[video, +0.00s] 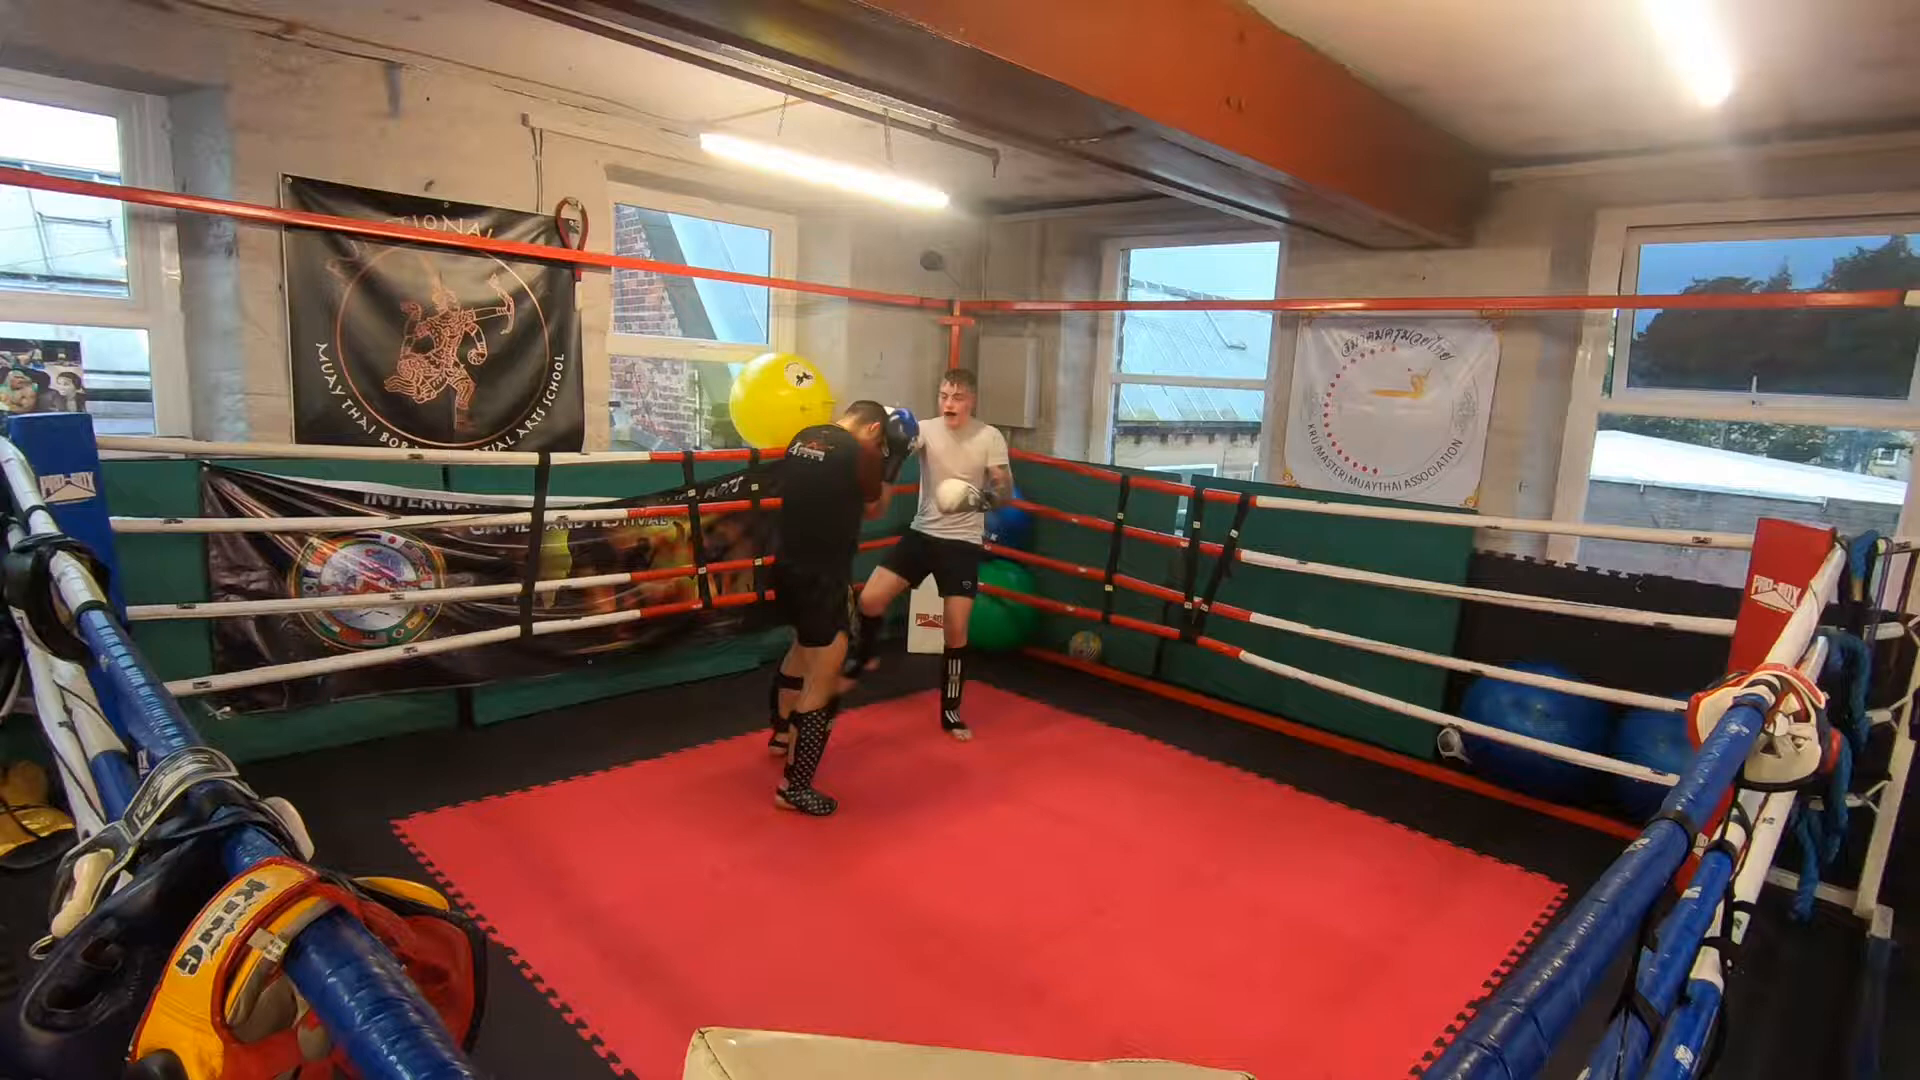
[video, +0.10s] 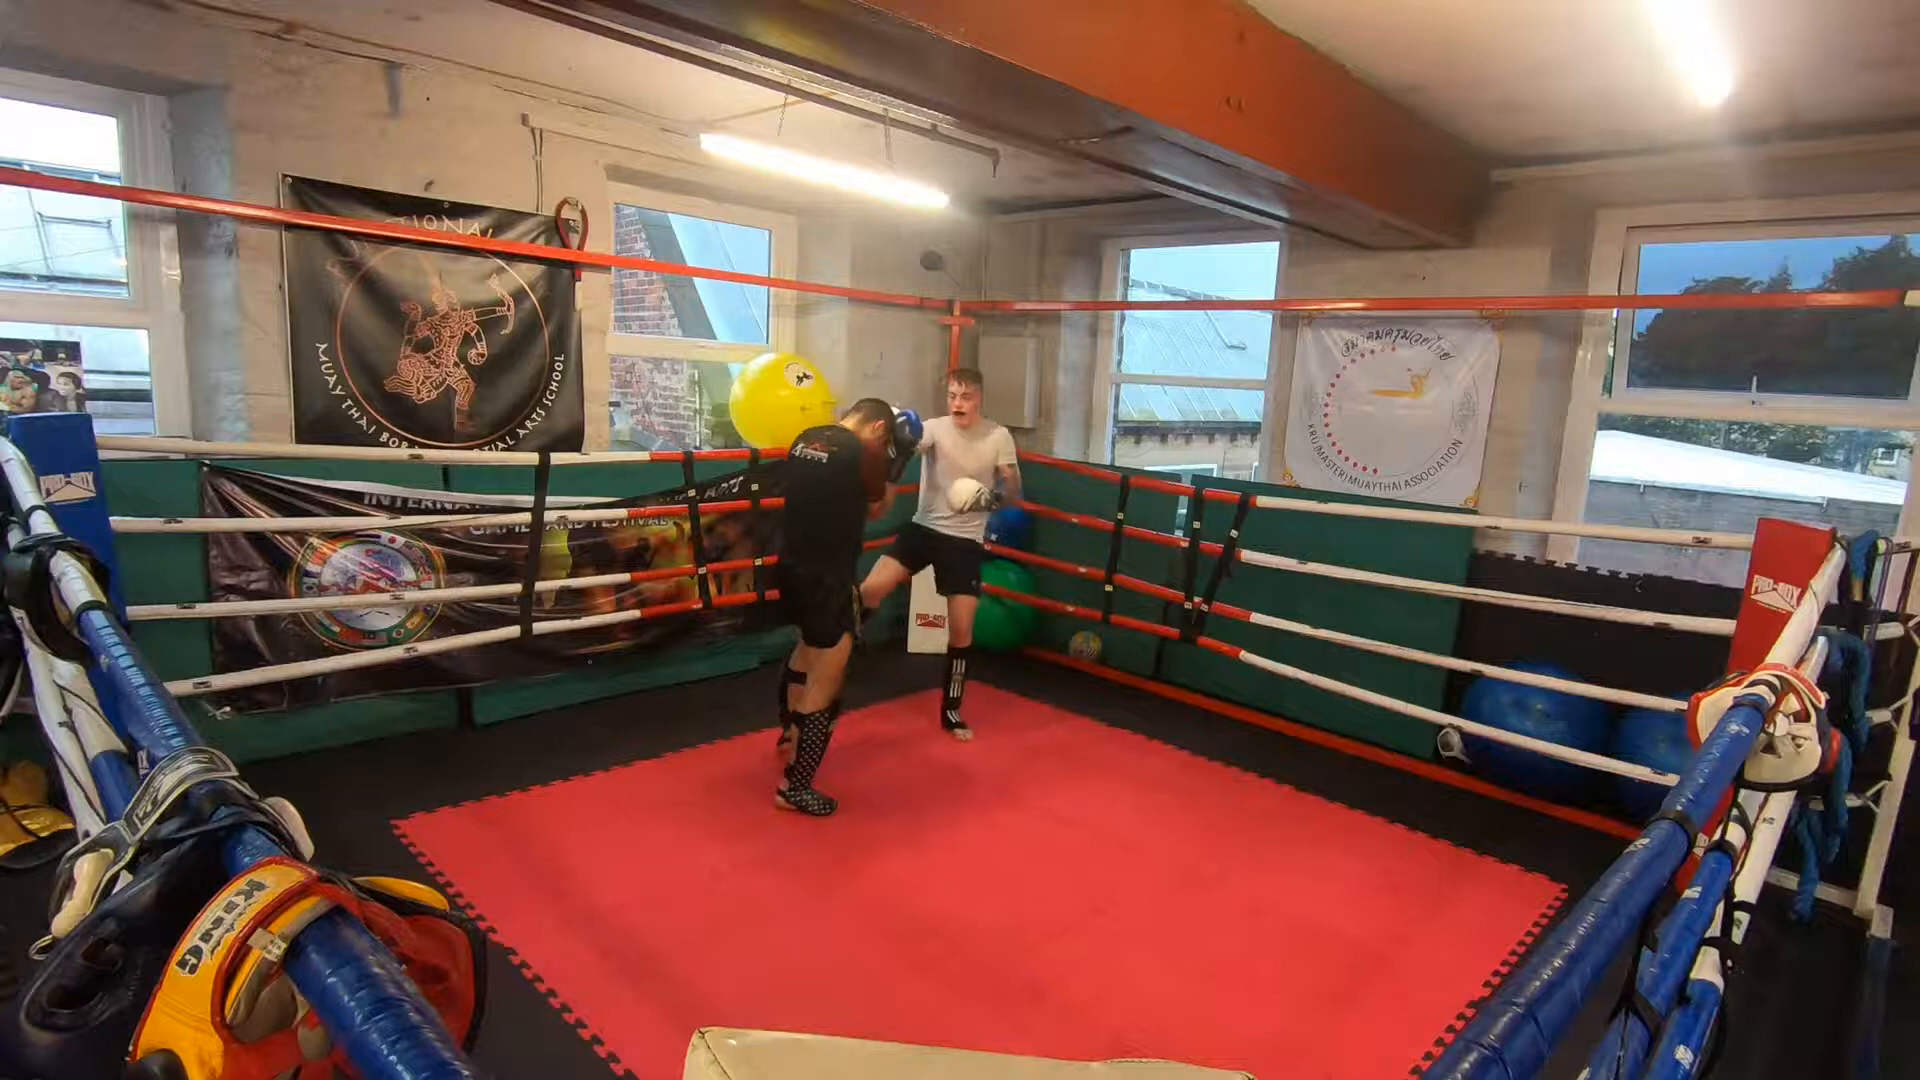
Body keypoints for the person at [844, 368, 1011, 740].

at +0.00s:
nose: (950, 403)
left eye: (958, 397)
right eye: (945, 396)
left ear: (973, 400)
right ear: (939, 397)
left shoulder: (990, 438)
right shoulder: (926, 430)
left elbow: (1005, 495)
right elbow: (891, 469)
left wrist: (991, 492)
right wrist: (895, 443)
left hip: (963, 541)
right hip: (921, 534)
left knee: (956, 629)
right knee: (870, 599)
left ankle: (951, 713)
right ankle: (862, 659)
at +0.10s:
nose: (958, 403)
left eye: (966, 397)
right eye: (953, 396)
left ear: (980, 398)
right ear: (947, 397)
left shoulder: (999, 437)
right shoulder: (934, 428)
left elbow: (1013, 494)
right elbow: (905, 450)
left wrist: (992, 495)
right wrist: (900, 441)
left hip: (965, 540)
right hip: (923, 530)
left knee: (962, 629)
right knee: (870, 589)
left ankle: (951, 712)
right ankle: (831, 658)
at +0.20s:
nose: (971, 406)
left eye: (978, 399)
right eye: (965, 399)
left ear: (992, 402)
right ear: (959, 399)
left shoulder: (1006, 440)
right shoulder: (942, 432)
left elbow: (1018, 495)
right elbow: (905, 468)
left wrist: (1006, 484)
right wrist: (904, 452)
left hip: (967, 539)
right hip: (930, 525)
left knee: (965, 628)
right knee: (892, 572)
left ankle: (951, 711)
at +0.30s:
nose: (976, 410)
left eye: (983, 404)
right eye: (971, 403)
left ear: (998, 406)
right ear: (964, 404)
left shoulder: (1010, 446)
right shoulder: (945, 435)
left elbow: (1016, 501)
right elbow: (910, 477)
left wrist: (988, 487)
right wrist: (912, 456)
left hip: (967, 541)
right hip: (935, 520)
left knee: (964, 627)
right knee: (912, 558)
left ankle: (952, 711)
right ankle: (849, 583)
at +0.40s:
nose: (976, 409)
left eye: (983, 403)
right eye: (971, 402)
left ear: (998, 406)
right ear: (965, 404)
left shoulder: (1014, 447)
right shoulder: (947, 435)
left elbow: (1015, 503)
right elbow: (915, 480)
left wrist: (987, 496)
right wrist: (918, 455)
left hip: (968, 542)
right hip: (928, 526)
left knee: (965, 627)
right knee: (886, 571)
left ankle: (951, 710)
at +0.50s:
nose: (972, 405)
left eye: (980, 399)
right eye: (968, 398)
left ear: (994, 402)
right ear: (962, 400)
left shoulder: (1012, 443)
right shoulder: (947, 434)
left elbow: (1022, 499)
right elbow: (924, 481)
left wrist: (990, 501)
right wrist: (928, 457)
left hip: (973, 541)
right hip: (932, 529)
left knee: (964, 626)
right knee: (886, 590)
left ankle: (952, 712)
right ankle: (836, 662)